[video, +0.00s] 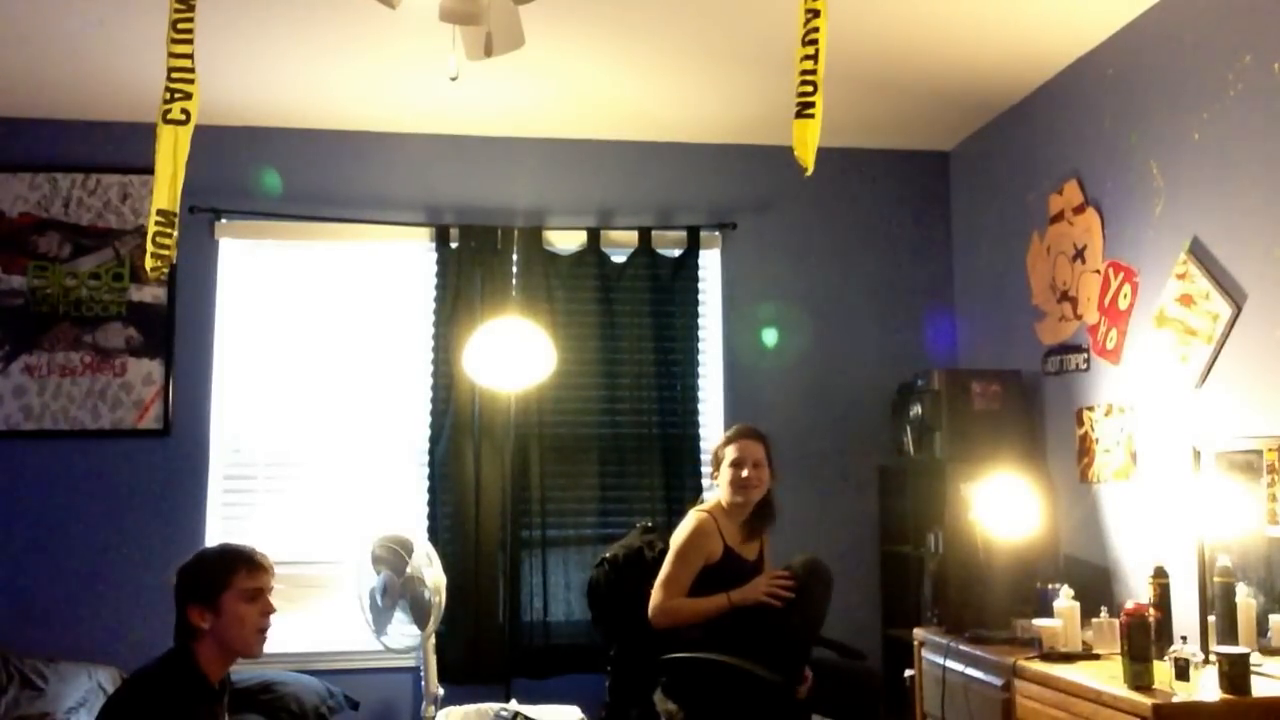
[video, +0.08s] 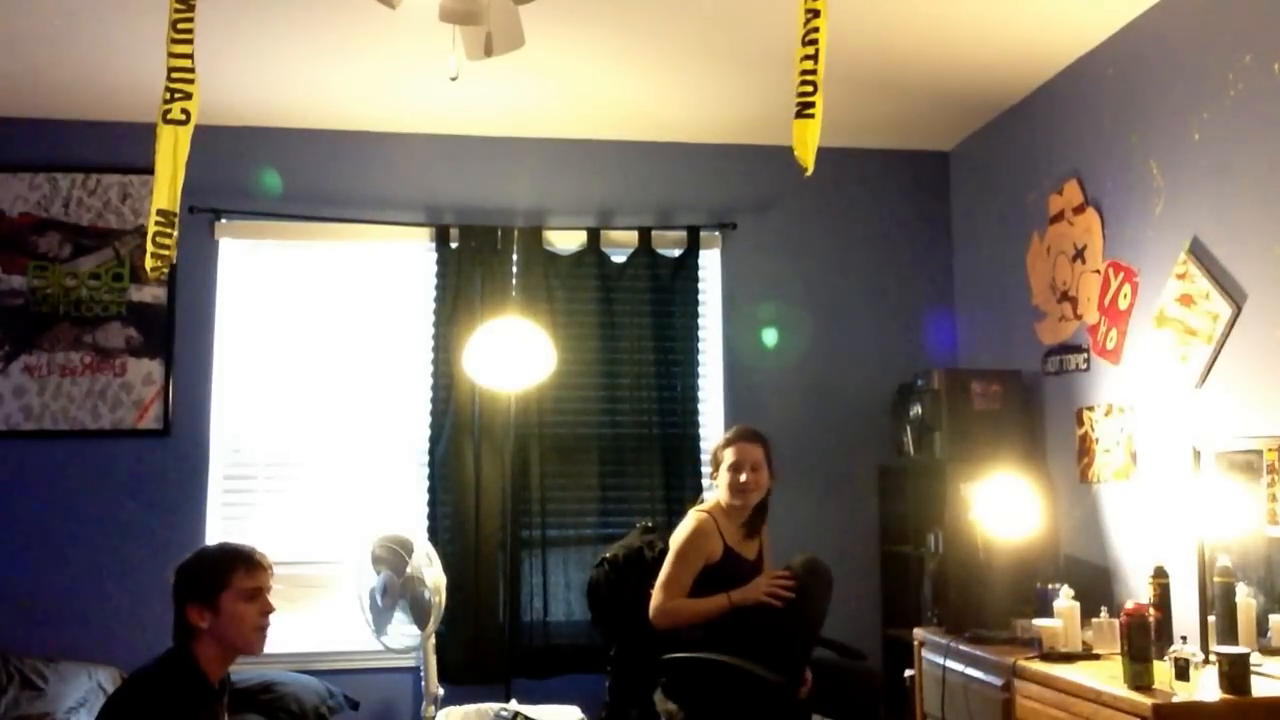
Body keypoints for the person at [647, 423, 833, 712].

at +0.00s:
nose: (747, 474)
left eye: (757, 466)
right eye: (736, 465)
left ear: (770, 477)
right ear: (717, 475)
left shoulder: (755, 529)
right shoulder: (700, 525)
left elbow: (766, 605)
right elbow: (659, 612)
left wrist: (795, 664)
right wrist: (738, 596)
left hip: (742, 648)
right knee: (811, 574)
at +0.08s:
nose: (745, 478)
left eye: (755, 469)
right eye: (734, 469)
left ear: (769, 479)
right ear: (715, 476)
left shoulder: (755, 526)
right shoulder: (699, 526)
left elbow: (765, 602)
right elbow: (661, 612)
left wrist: (796, 664)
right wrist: (740, 596)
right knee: (811, 573)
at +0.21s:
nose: (741, 486)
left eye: (752, 476)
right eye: (732, 476)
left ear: (768, 481)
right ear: (716, 478)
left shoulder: (756, 527)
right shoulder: (700, 526)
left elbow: (766, 603)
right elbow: (661, 613)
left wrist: (796, 664)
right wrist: (740, 596)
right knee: (811, 574)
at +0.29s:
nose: (740, 487)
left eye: (751, 477)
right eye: (731, 477)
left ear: (768, 482)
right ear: (716, 479)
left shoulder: (757, 527)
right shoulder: (700, 527)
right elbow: (661, 614)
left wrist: (795, 665)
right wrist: (740, 596)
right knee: (810, 574)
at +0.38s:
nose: (740, 488)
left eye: (751, 478)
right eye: (731, 478)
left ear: (768, 483)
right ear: (717, 479)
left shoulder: (760, 528)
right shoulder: (700, 527)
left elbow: (764, 607)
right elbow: (661, 614)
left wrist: (795, 665)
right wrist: (740, 596)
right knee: (811, 574)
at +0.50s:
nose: (740, 489)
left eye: (752, 479)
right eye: (732, 478)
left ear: (769, 483)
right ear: (718, 479)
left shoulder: (756, 528)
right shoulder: (700, 528)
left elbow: (768, 607)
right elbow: (662, 615)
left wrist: (796, 666)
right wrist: (740, 596)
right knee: (811, 575)